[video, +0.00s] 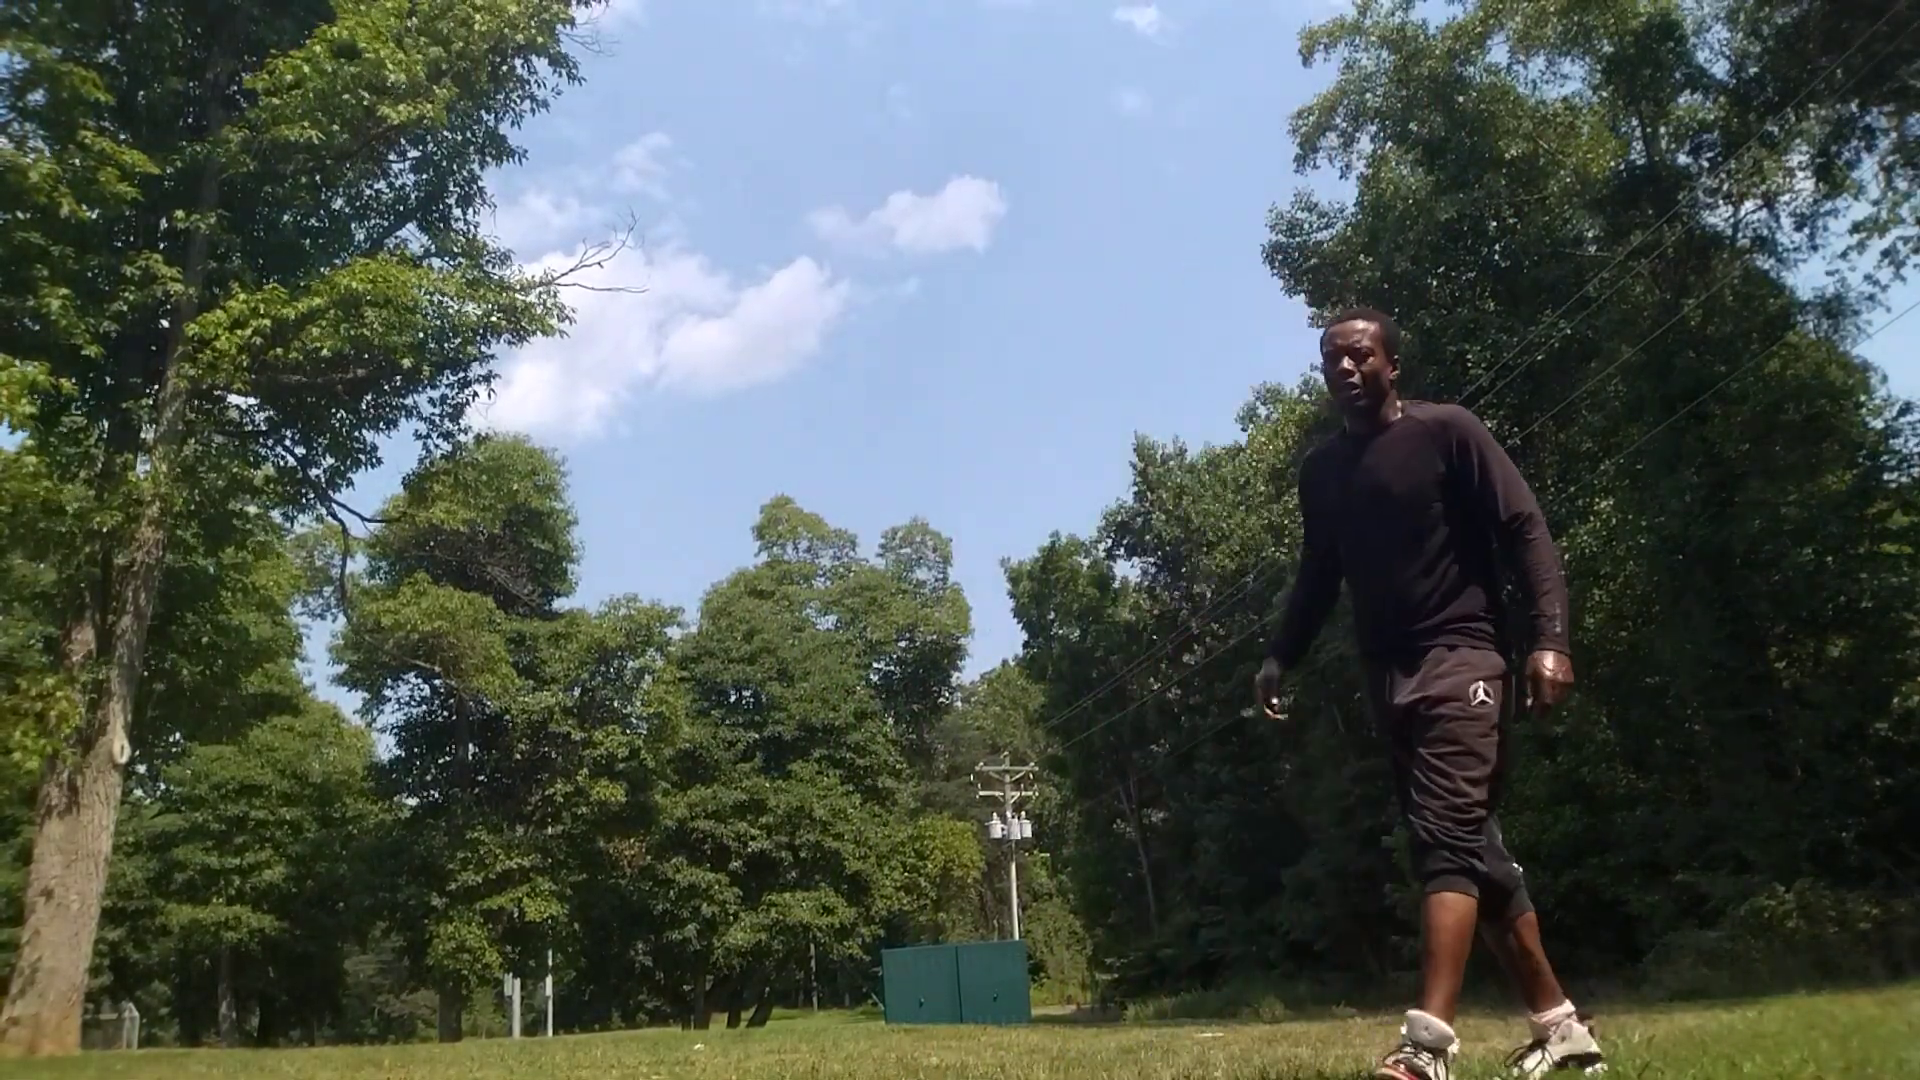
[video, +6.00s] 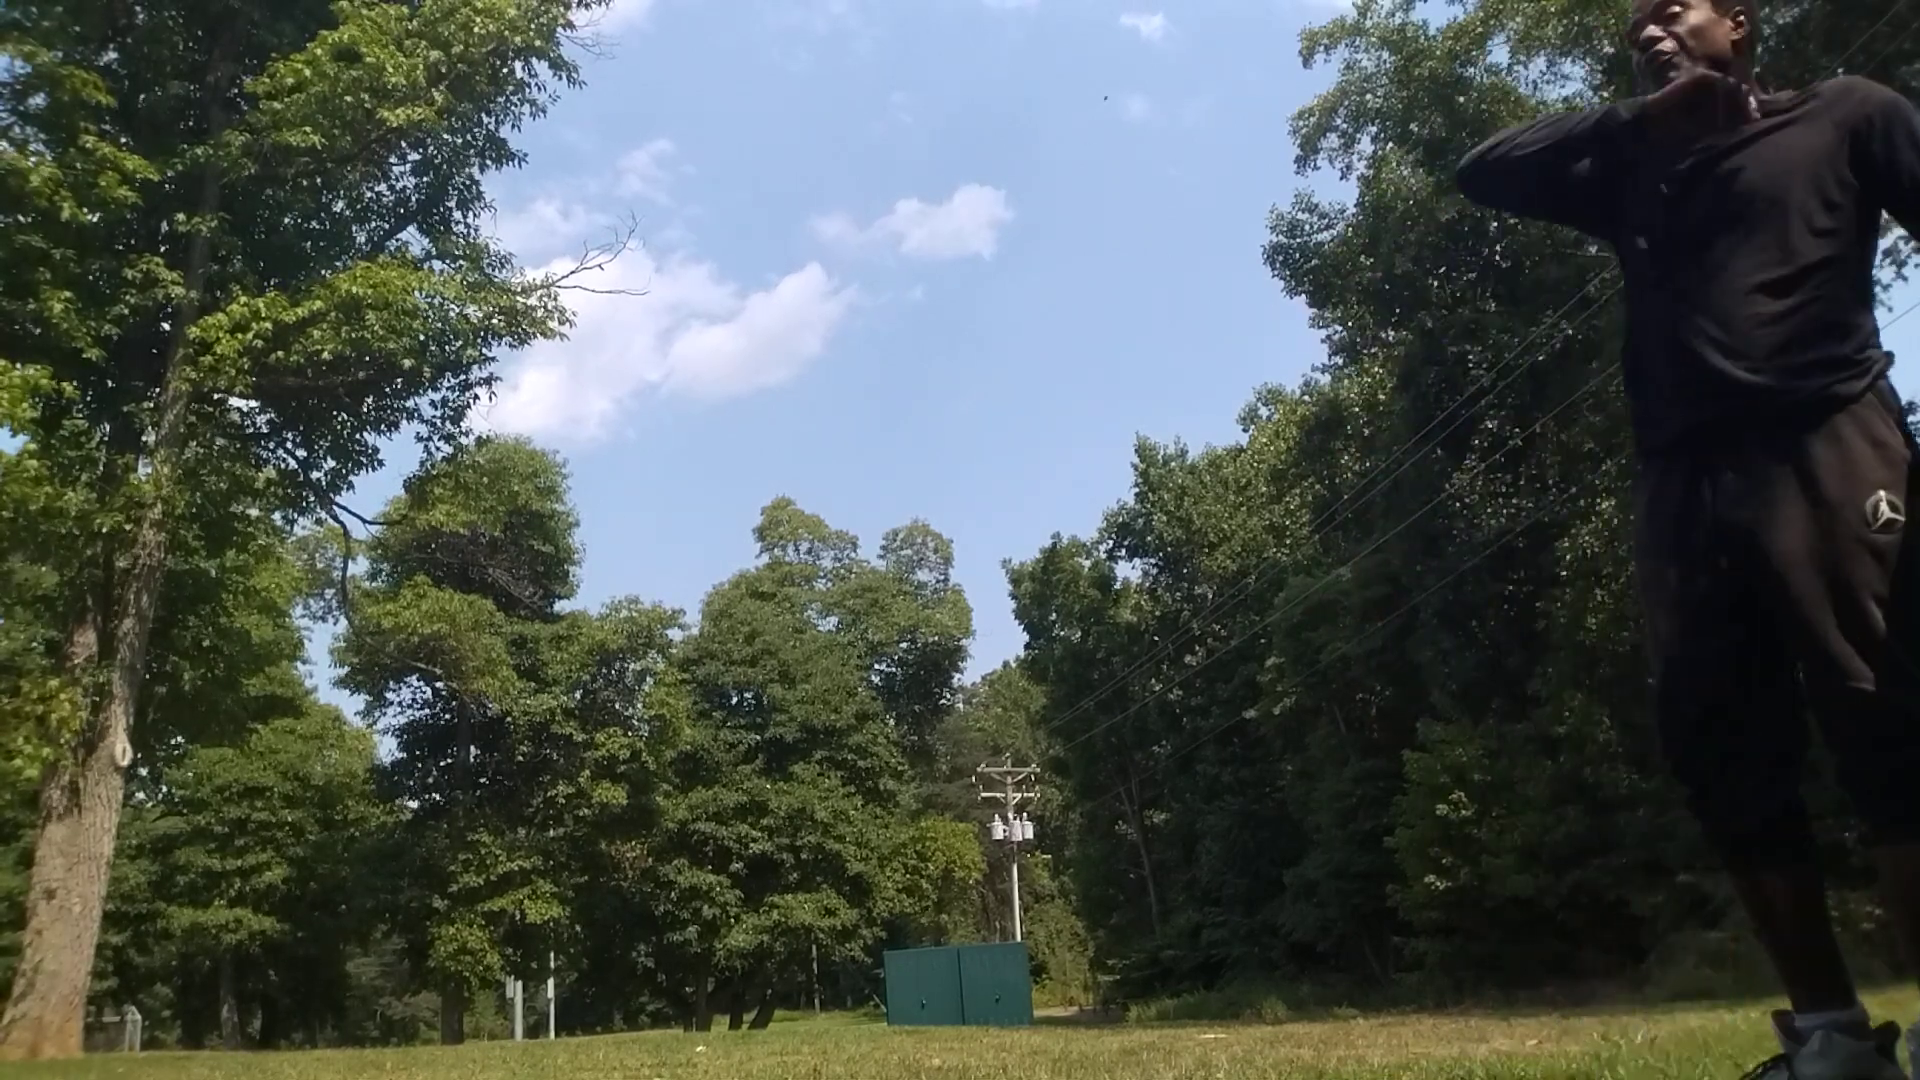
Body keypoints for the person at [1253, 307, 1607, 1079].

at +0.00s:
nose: (1347, 367)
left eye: (1361, 354)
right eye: (1334, 357)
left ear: (1393, 365)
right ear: (1323, 373)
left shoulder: (1449, 430)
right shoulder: (1323, 467)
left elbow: (1527, 527)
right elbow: (1319, 569)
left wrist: (1551, 636)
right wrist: (1280, 653)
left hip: (1461, 657)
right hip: (1392, 672)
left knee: (1446, 832)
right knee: (1465, 840)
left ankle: (1428, 1038)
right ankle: (1560, 1025)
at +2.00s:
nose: (1493, 349)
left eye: (1502, 333)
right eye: (1493, 336)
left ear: (1545, 334)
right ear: (1537, 337)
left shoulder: (1617, 385)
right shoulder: (1528, 435)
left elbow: (1691, 463)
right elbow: (1520, 542)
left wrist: (1561, 450)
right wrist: (1453, 525)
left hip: (1626, 624)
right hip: (1545, 638)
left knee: (1672, 821)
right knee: (1541, 825)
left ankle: (1730, 1035)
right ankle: (1579, 1030)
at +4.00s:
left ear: (1522, 292)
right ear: (1489, 303)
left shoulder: (1558, 348)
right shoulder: (1441, 406)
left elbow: (1510, 242)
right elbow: (1424, 505)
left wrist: (1447, 337)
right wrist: (1397, 525)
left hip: (1562, 586)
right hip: (1469, 607)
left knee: (1582, 805)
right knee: (1449, 804)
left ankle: (1610, 1036)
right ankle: (1538, 1003)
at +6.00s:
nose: (1648, 32)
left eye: (1671, 12)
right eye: (1639, 23)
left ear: (1737, 22)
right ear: (1642, 56)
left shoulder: (1847, 109)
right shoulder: (1632, 165)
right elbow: (1481, 174)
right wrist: (1638, 110)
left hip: (1837, 449)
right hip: (1687, 484)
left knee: (1887, 733)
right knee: (1722, 748)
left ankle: (1911, 1018)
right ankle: (1828, 1027)